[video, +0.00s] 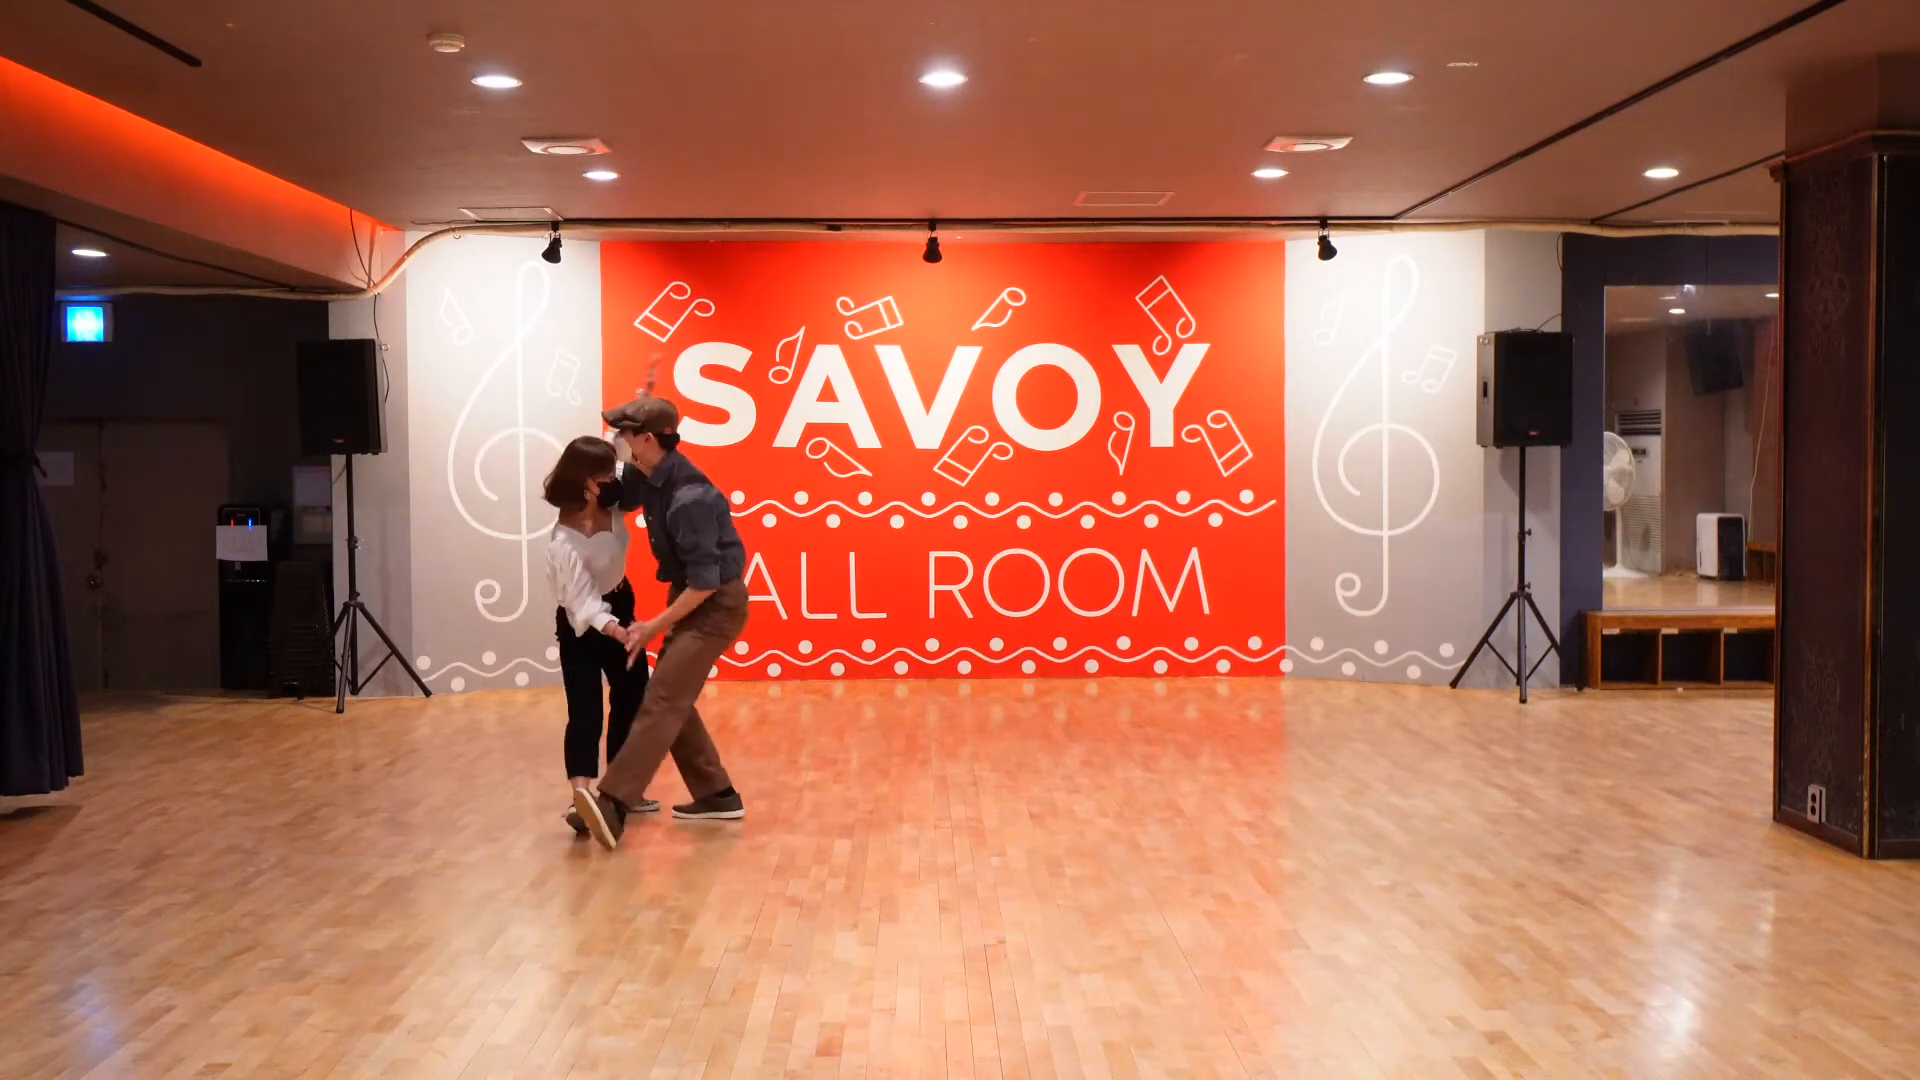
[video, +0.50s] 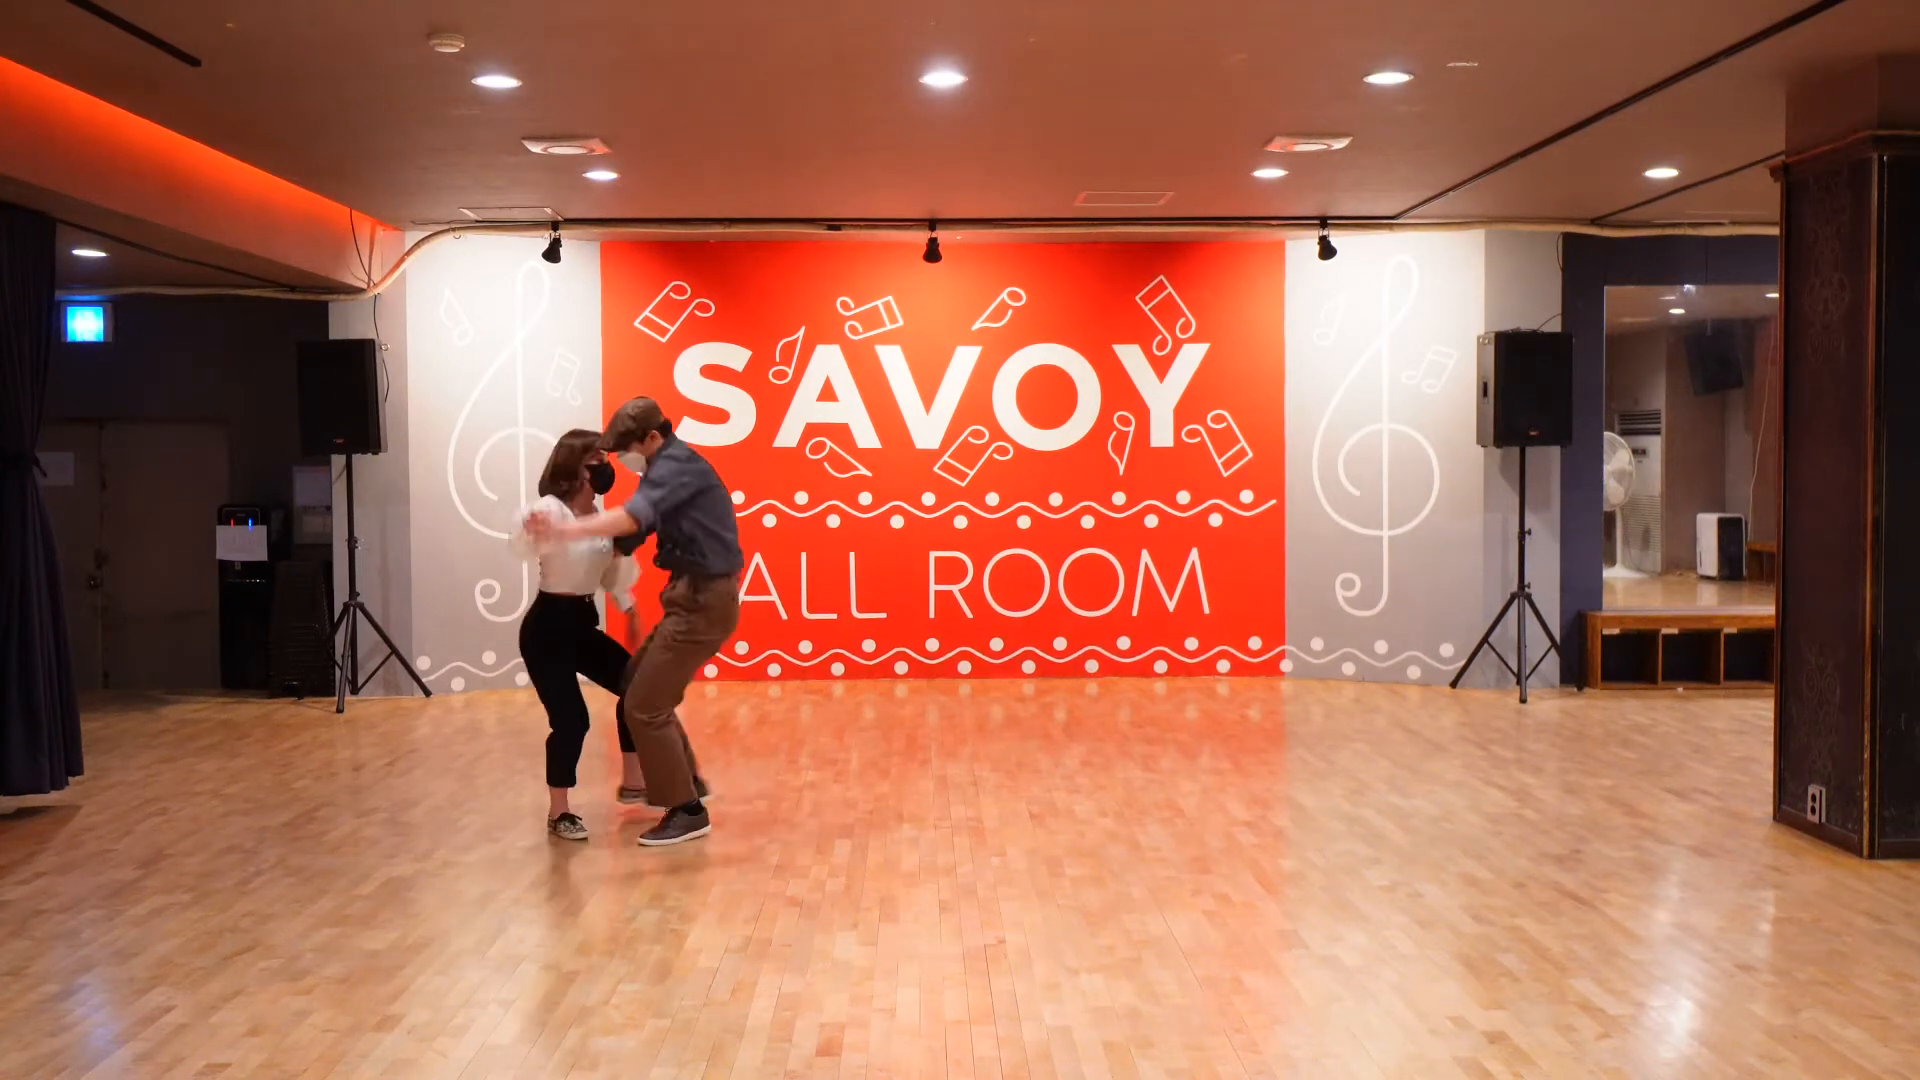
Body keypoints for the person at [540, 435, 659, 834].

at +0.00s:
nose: (609, 483)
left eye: (608, 476)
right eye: (603, 476)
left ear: (601, 481)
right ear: (586, 484)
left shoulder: (609, 501)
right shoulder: (563, 544)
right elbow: (582, 602)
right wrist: (616, 628)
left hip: (619, 604)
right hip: (579, 618)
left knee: (631, 697)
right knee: (586, 706)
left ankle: (621, 788)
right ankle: (583, 799)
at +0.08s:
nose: (607, 484)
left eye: (607, 477)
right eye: (600, 477)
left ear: (607, 480)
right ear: (581, 481)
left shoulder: (607, 503)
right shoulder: (561, 545)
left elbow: (624, 463)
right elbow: (584, 606)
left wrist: (628, 411)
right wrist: (621, 639)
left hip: (618, 605)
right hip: (579, 621)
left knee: (634, 698)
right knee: (586, 707)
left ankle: (615, 794)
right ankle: (581, 801)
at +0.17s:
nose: (605, 501)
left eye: (607, 495)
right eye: (599, 496)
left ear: (606, 489)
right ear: (580, 492)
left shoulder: (607, 506)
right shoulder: (558, 547)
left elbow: (632, 464)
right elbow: (576, 609)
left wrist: (636, 417)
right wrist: (609, 647)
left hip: (614, 607)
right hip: (575, 622)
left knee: (638, 695)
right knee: (584, 701)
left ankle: (623, 790)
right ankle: (577, 799)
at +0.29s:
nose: (609, 479)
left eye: (609, 472)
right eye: (602, 473)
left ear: (590, 483)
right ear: (583, 483)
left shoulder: (610, 506)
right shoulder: (552, 539)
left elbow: (646, 492)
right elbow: (552, 598)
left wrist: (665, 445)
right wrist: (573, 640)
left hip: (607, 617)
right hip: (566, 631)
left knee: (644, 699)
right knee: (585, 713)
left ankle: (616, 791)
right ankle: (560, 812)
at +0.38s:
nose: (608, 472)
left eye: (606, 465)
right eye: (601, 468)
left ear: (581, 478)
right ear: (582, 478)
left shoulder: (606, 516)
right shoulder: (548, 533)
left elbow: (642, 533)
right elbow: (541, 575)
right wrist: (552, 605)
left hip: (597, 628)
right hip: (557, 635)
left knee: (642, 700)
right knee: (582, 718)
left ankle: (615, 790)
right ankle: (560, 812)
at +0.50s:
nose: (604, 471)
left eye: (604, 464)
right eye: (596, 465)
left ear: (588, 475)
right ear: (576, 471)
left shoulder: (602, 520)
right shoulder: (549, 510)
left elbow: (615, 583)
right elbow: (524, 546)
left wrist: (625, 544)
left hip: (582, 629)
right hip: (544, 630)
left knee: (637, 685)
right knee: (571, 720)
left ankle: (634, 780)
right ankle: (558, 813)